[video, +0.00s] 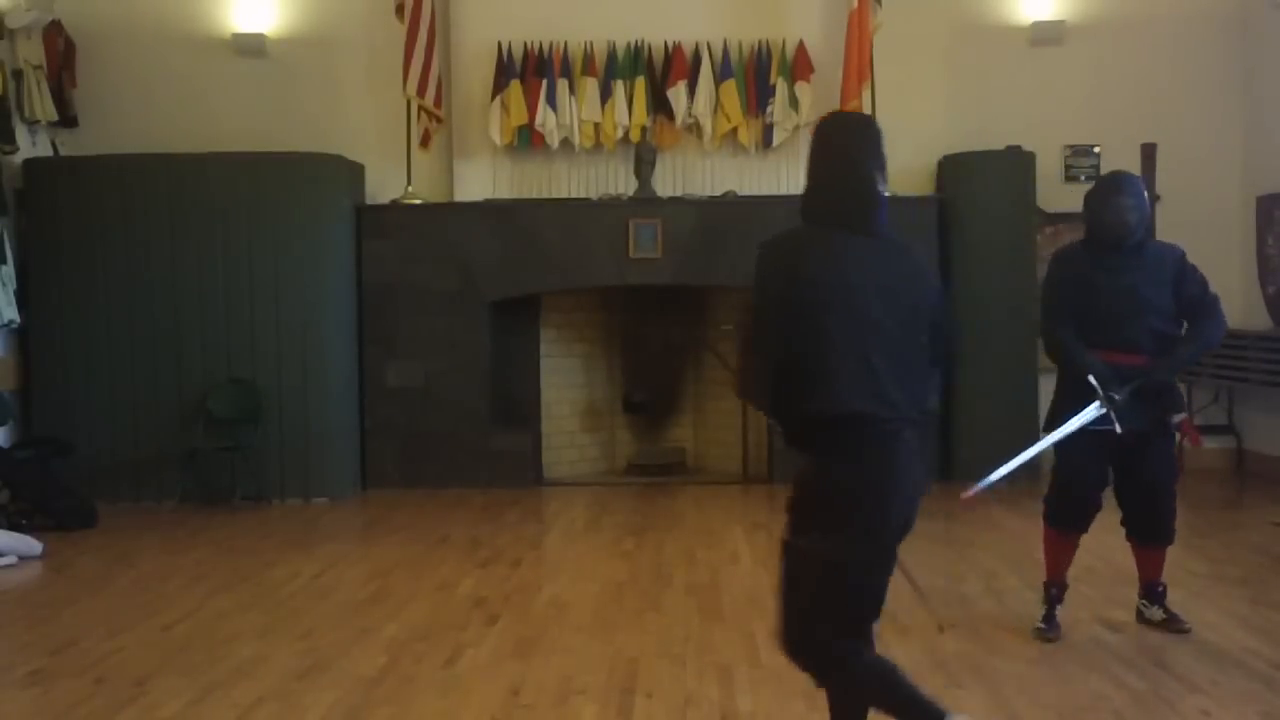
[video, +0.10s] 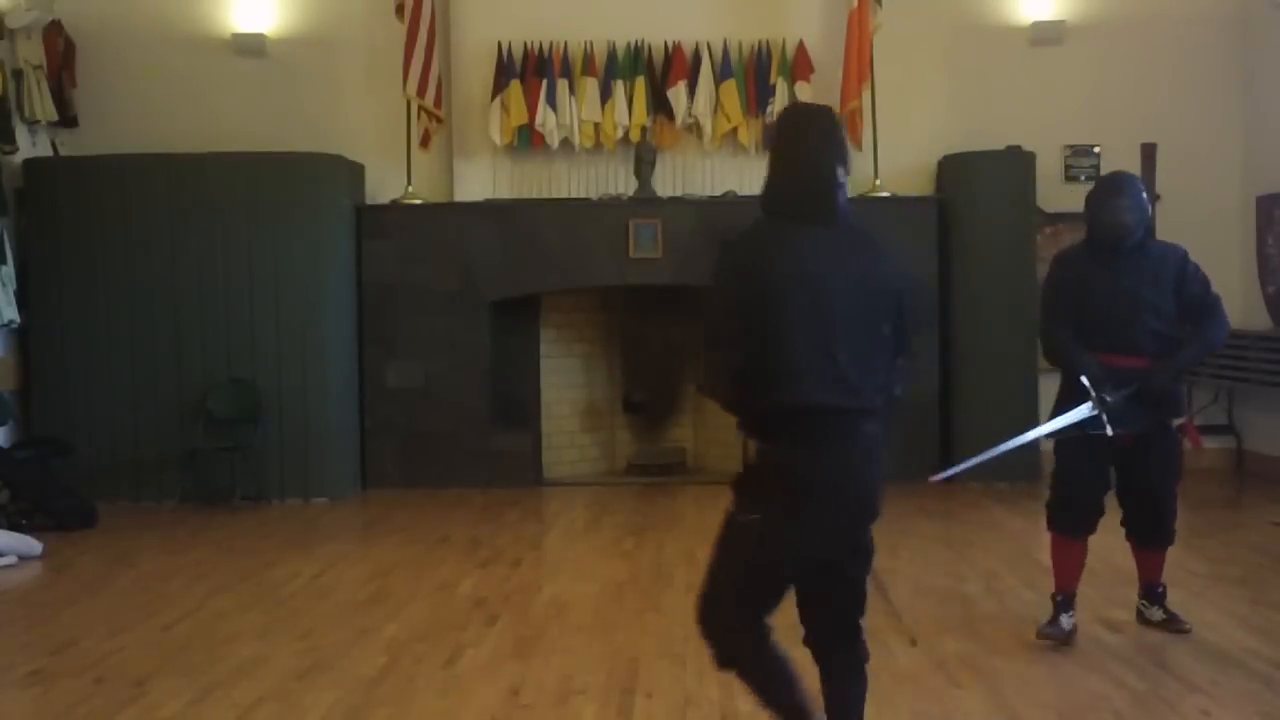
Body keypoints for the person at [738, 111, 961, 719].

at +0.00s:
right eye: (874, 164)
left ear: (815, 170)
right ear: (879, 173)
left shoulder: (787, 255)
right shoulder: (906, 258)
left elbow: (761, 379)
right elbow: (938, 351)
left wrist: (810, 428)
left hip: (836, 463)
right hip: (900, 459)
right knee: (851, 630)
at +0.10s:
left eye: (777, 156)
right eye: (838, 161)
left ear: (775, 164)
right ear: (840, 168)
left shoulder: (750, 252)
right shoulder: (873, 253)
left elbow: (722, 374)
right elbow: (897, 367)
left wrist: (773, 413)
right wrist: (853, 410)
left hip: (784, 465)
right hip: (857, 465)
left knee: (728, 616)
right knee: (837, 627)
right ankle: (846, 715)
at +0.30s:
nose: (760, 187)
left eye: (756, 176)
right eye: (758, 176)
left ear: (689, 178)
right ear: (754, 180)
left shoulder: (652, 263)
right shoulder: (790, 262)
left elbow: (611, 383)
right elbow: (817, 387)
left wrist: (663, 443)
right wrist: (781, 438)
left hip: (685, 478)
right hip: (766, 480)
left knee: (633, 645)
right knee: (787, 632)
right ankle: (826, 709)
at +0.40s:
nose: (712, 193)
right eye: (711, 181)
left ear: (642, 179)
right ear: (710, 185)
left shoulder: (601, 267)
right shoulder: (738, 267)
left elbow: (556, 381)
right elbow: (773, 382)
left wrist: (587, 465)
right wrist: (752, 460)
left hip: (623, 487)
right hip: (711, 485)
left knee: (595, 648)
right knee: (762, 634)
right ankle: (805, 708)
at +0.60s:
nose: (643, 176)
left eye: (637, 163)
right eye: (639, 164)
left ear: (554, 167)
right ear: (624, 173)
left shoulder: (512, 256)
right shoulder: (655, 259)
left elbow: (460, 368)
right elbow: (695, 373)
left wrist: (435, 466)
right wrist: (703, 454)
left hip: (548, 477)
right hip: (635, 480)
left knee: (566, 642)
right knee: (660, 642)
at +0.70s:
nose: (601, 181)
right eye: (599, 168)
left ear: (517, 168)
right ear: (592, 175)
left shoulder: (476, 256)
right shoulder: (612, 261)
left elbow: (416, 365)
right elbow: (656, 376)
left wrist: (380, 463)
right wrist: (674, 463)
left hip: (513, 482)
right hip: (595, 483)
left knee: (547, 636)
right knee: (601, 647)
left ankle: (554, 707)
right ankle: (557, 705)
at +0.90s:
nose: (555, 194)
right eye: (551, 179)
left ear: (464, 178)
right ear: (539, 187)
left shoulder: (414, 266)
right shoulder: (553, 272)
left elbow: (351, 376)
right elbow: (595, 395)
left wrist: (335, 473)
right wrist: (618, 487)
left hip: (430, 489)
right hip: (509, 492)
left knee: (481, 645)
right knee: (485, 662)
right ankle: (454, 706)